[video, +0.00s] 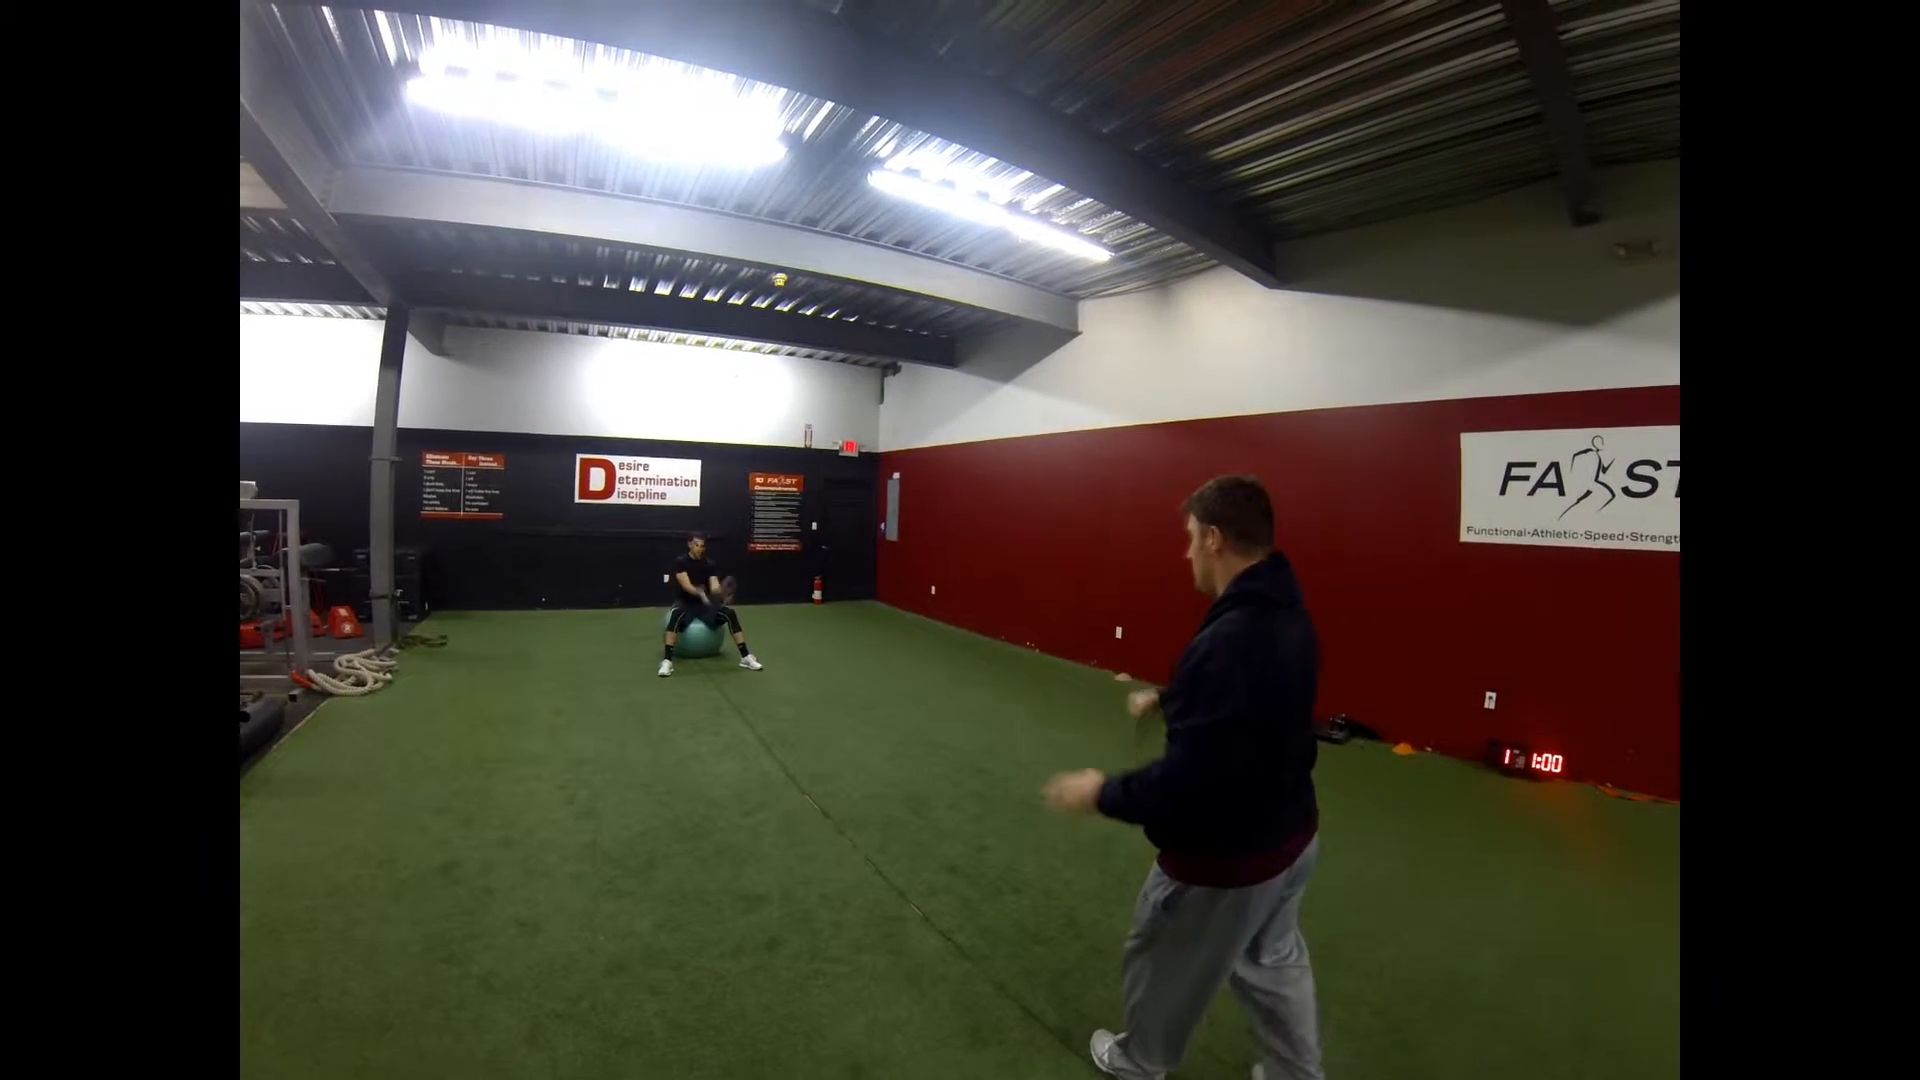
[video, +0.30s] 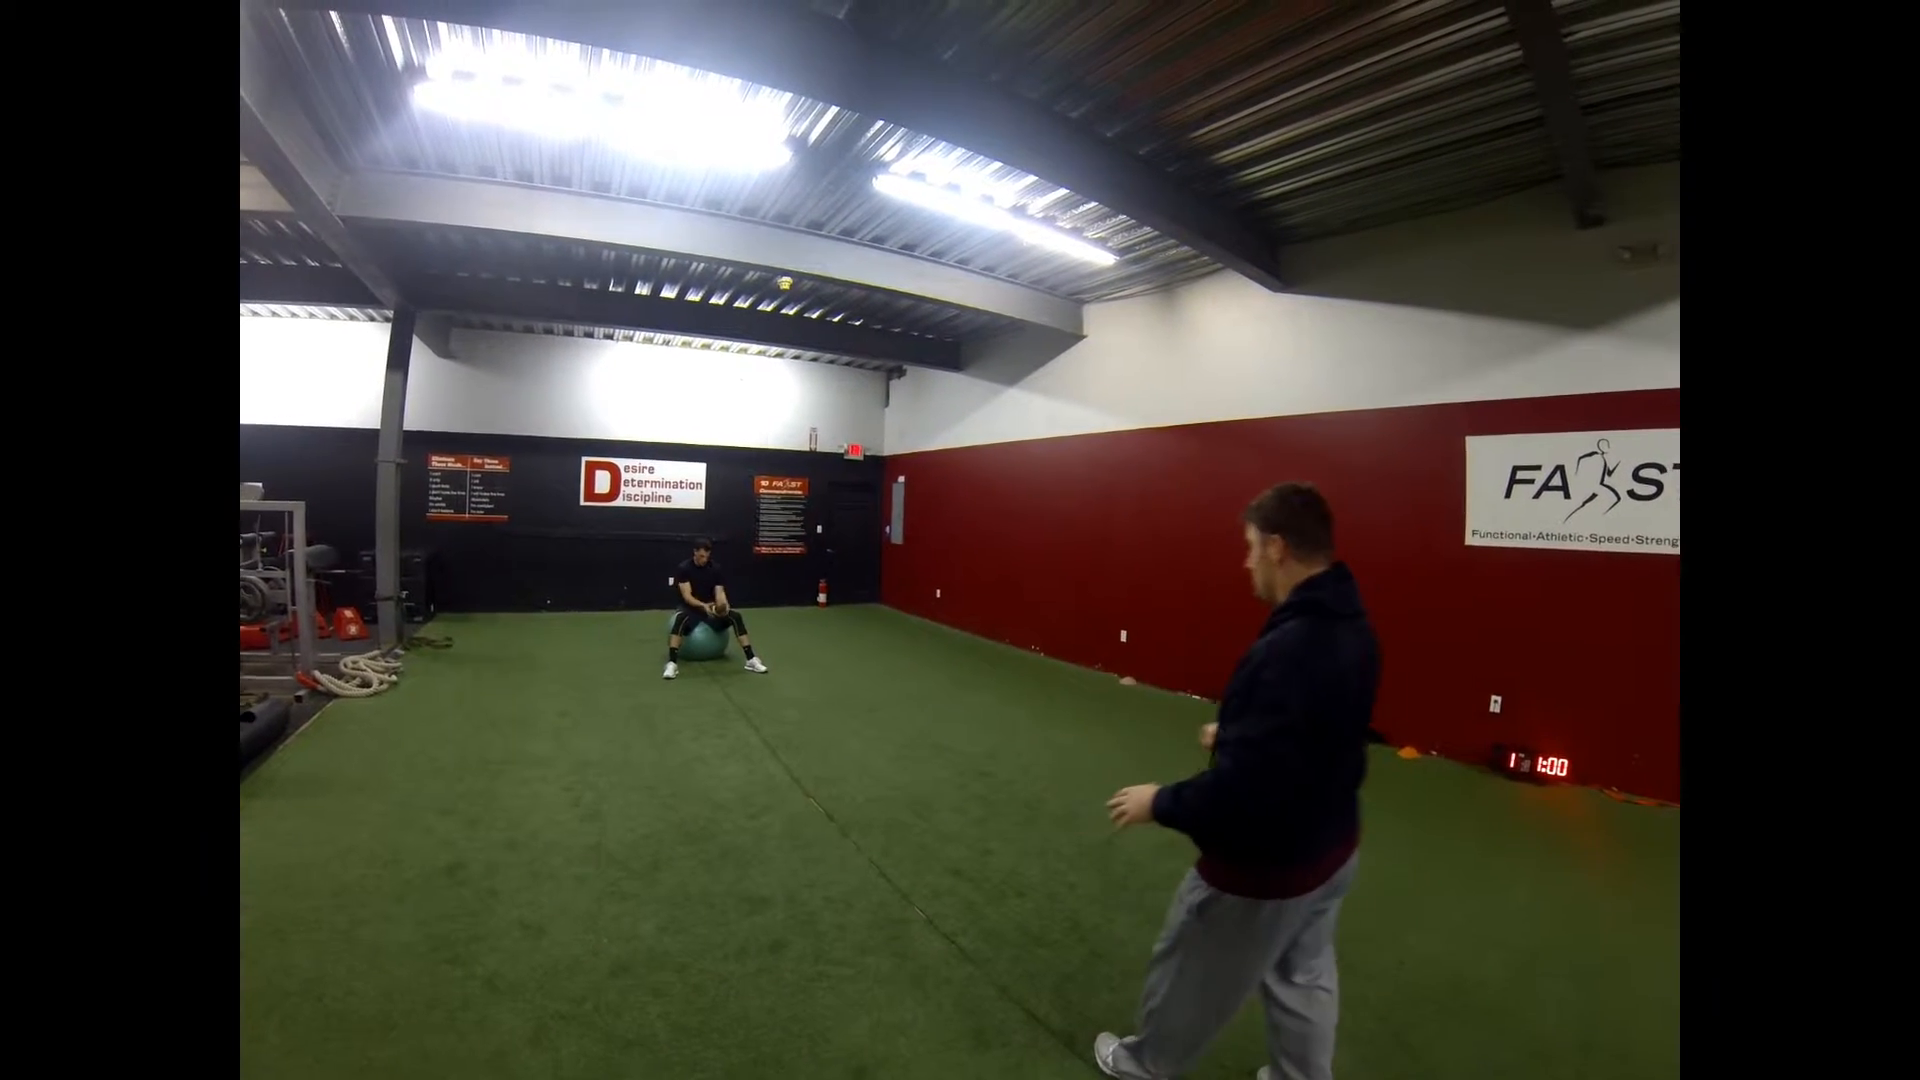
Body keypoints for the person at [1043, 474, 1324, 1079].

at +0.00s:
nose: (1188, 554)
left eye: (1189, 539)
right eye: (1187, 540)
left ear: (1212, 538)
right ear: (1259, 536)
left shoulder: (1227, 641)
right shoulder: (1285, 612)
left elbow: (1191, 779)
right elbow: (1247, 694)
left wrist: (1103, 793)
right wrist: (1171, 700)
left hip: (1216, 861)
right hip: (1289, 839)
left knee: (1163, 963)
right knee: (1273, 963)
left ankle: (1141, 1059)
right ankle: (1297, 1069)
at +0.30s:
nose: (1247, 565)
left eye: (1250, 549)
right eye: (1247, 550)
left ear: (1279, 549)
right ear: (1311, 545)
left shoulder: (1290, 647)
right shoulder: (1347, 621)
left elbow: (1248, 783)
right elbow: (1316, 733)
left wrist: (1161, 801)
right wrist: (1237, 735)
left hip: (1258, 867)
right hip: (1326, 848)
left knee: (1193, 967)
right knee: (1304, 979)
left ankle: (1150, 1060)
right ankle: (1302, 1072)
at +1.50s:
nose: (1304, 544)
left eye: (1316, 528)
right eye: (1310, 528)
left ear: (1353, 546)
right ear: (1363, 547)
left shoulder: (1347, 666)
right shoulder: (1414, 645)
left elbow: (1262, 847)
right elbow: (1368, 775)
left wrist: (1196, 806)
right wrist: (1268, 767)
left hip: (1306, 957)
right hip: (1373, 931)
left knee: (1266, 1069)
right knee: (1313, 1066)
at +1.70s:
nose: (1299, 543)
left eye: (1310, 527)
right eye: (1305, 526)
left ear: (1348, 546)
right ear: (1366, 549)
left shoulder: (1337, 675)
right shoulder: (1415, 644)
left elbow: (1231, 848)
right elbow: (1368, 770)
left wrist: (1177, 783)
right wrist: (1266, 754)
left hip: (1304, 961)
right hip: (1376, 930)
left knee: (1264, 1070)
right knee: (1317, 1065)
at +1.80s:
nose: (1299, 542)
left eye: (1310, 525)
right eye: (1304, 525)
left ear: (1347, 544)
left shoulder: (1332, 674)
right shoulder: (1414, 644)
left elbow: (1217, 842)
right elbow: (1359, 770)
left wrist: (1174, 770)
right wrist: (1255, 749)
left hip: (1303, 961)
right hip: (1376, 930)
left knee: (1263, 1069)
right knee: (1315, 1065)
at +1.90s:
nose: (1293, 549)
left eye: (1304, 531)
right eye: (1298, 531)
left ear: (1340, 549)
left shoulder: (1315, 681)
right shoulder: (1409, 648)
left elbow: (1192, 817)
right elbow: (1341, 763)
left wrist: (1161, 757)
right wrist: (1237, 734)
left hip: (1312, 961)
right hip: (1392, 933)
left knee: (1256, 1069)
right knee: (1318, 1065)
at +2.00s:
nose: (1287, 561)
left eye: (1297, 543)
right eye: (1292, 543)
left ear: (1330, 558)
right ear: (1385, 563)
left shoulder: (1319, 680)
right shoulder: (1407, 655)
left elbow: (1188, 794)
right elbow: (1325, 751)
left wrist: (1144, 748)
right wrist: (1220, 730)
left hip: (1321, 974)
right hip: (1410, 945)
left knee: (1251, 1069)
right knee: (1330, 1065)